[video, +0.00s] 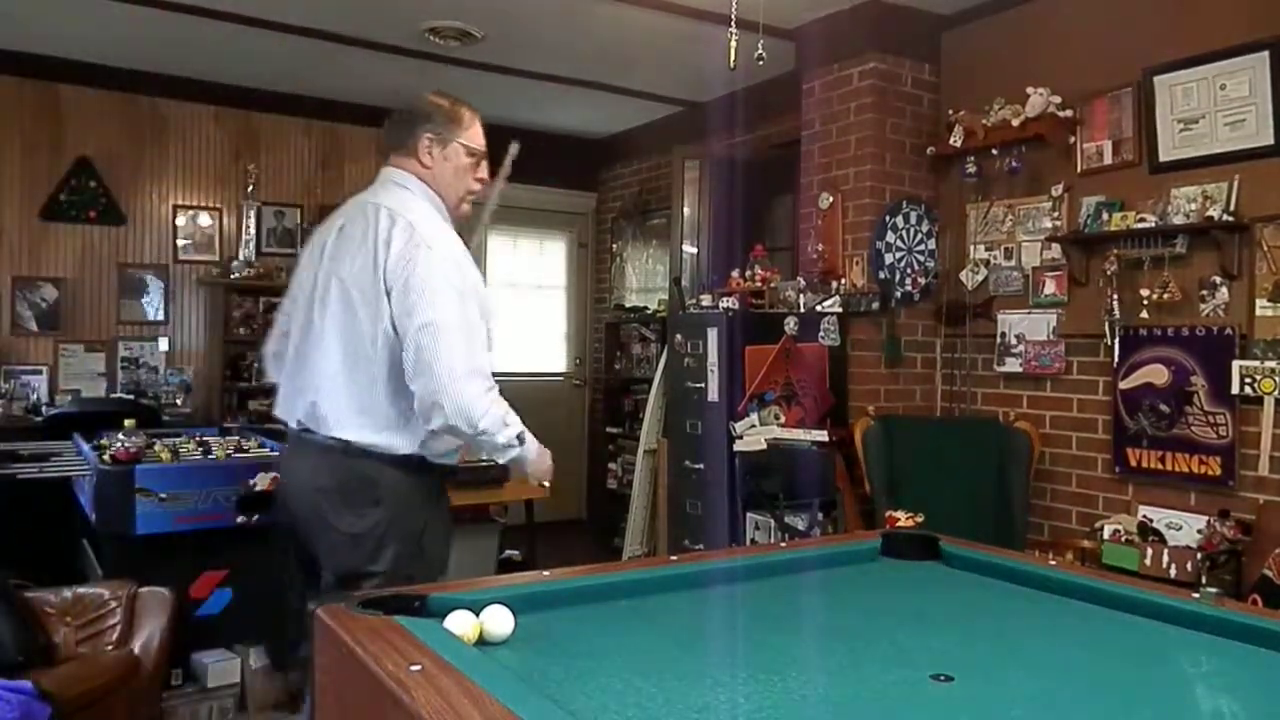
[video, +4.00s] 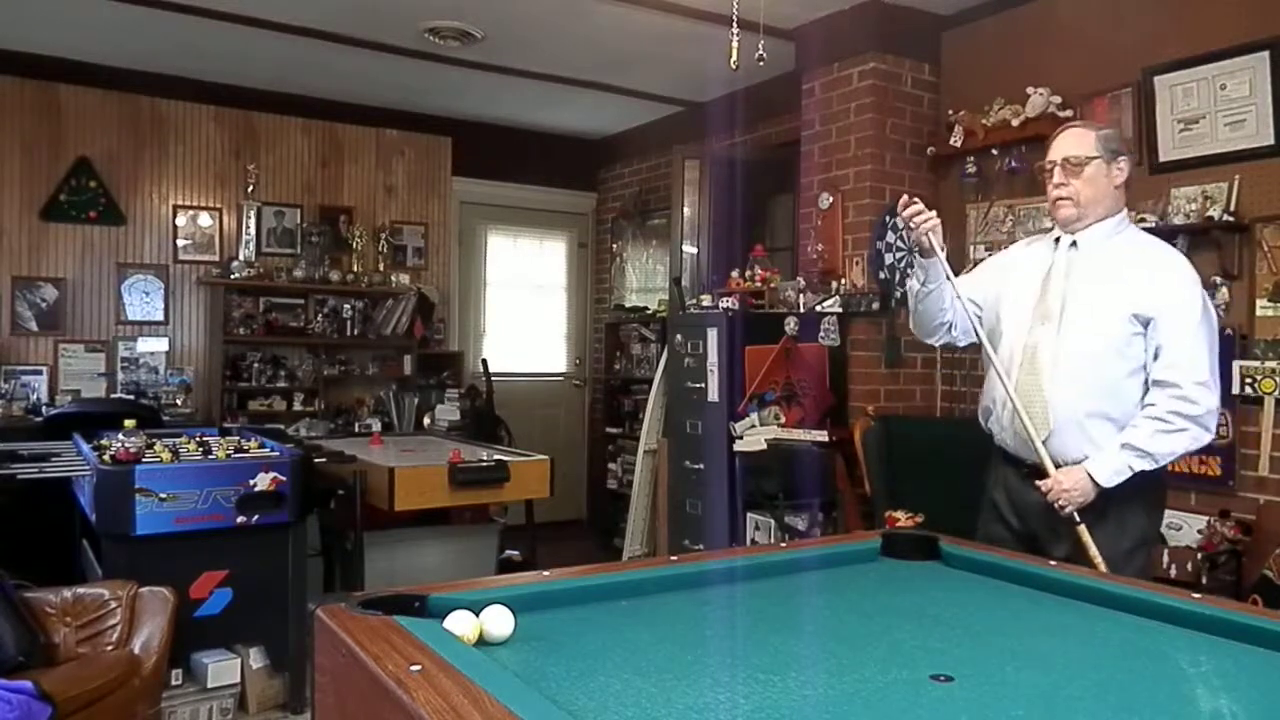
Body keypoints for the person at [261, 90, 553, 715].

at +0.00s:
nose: (483, 175)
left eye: (485, 161)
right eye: (473, 157)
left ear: (419, 156)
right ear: (427, 152)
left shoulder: (334, 225)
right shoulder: (423, 237)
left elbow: (278, 354)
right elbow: (453, 385)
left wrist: (353, 402)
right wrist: (523, 447)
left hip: (312, 467)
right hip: (386, 484)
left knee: (327, 668)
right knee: (387, 677)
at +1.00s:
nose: (799, 230)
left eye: (803, 218)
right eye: (791, 216)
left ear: (750, 211)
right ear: (748, 208)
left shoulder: (748, 266)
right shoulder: (710, 274)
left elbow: (730, 380)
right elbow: (689, 421)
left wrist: (786, 392)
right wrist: (757, 493)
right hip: (692, 481)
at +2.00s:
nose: (1034, 232)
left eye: (1047, 221)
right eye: (1023, 212)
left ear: (1054, 224)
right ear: (984, 200)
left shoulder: (1039, 298)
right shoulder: (915, 270)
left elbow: (1047, 381)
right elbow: (854, 374)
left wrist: (1053, 416)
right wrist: (920, 442)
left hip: (984, 491)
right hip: (894, 485)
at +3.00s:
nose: (1072, 204)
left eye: (1086, 186)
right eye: (1053, 190)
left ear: (1104, 189)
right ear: (1021, 195)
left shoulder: (1122, 272)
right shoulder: (980, 281)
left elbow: (1154, 357)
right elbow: (941, 416)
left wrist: (1160, 406)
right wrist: (1019, 494)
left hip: (1099, 505)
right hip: (996, 510)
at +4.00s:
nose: (1057, 181)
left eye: (1074, 166)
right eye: (1050, 170)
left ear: (1118, 173)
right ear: (1043, 181)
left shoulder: (1163, 271)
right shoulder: (1019, 261)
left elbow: (1188, 406)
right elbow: (938, 325)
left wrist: (1096, 473)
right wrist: (929, 257)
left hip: (1109, 503)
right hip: (1010, 488)